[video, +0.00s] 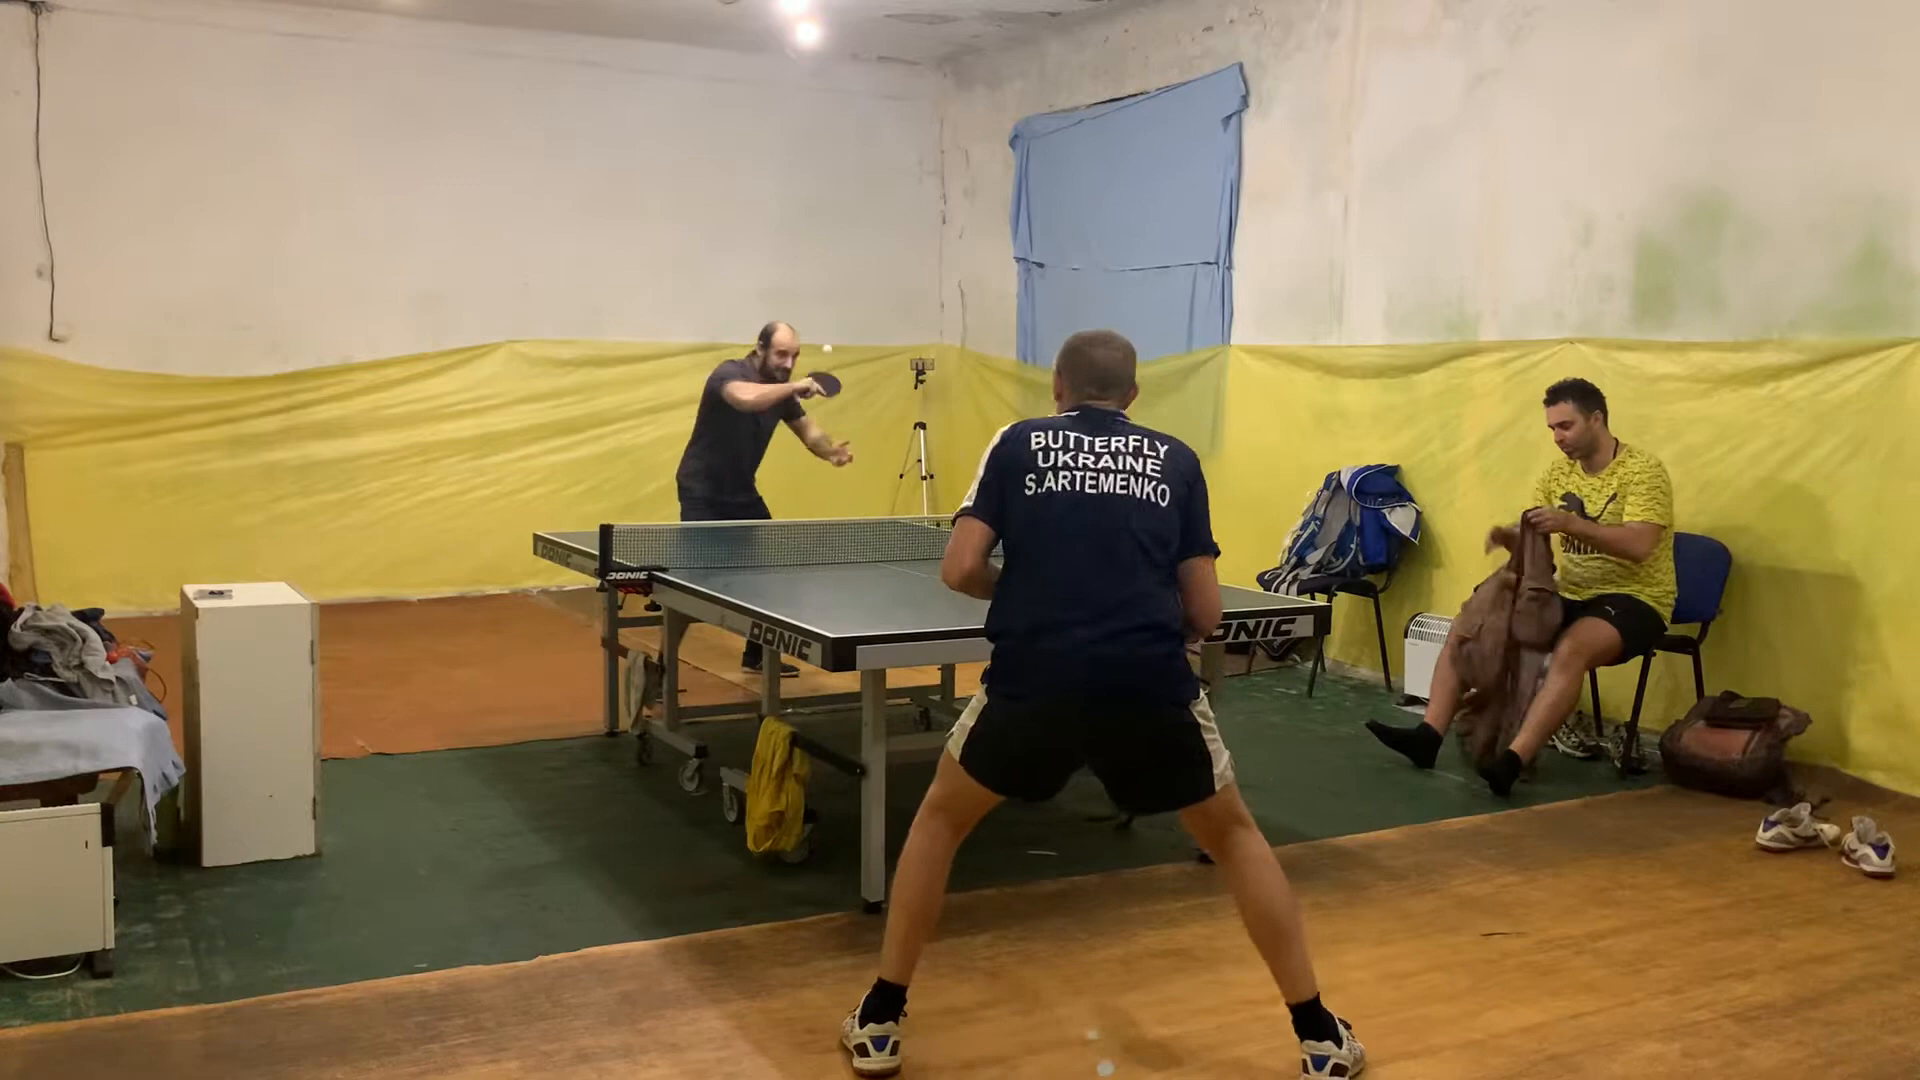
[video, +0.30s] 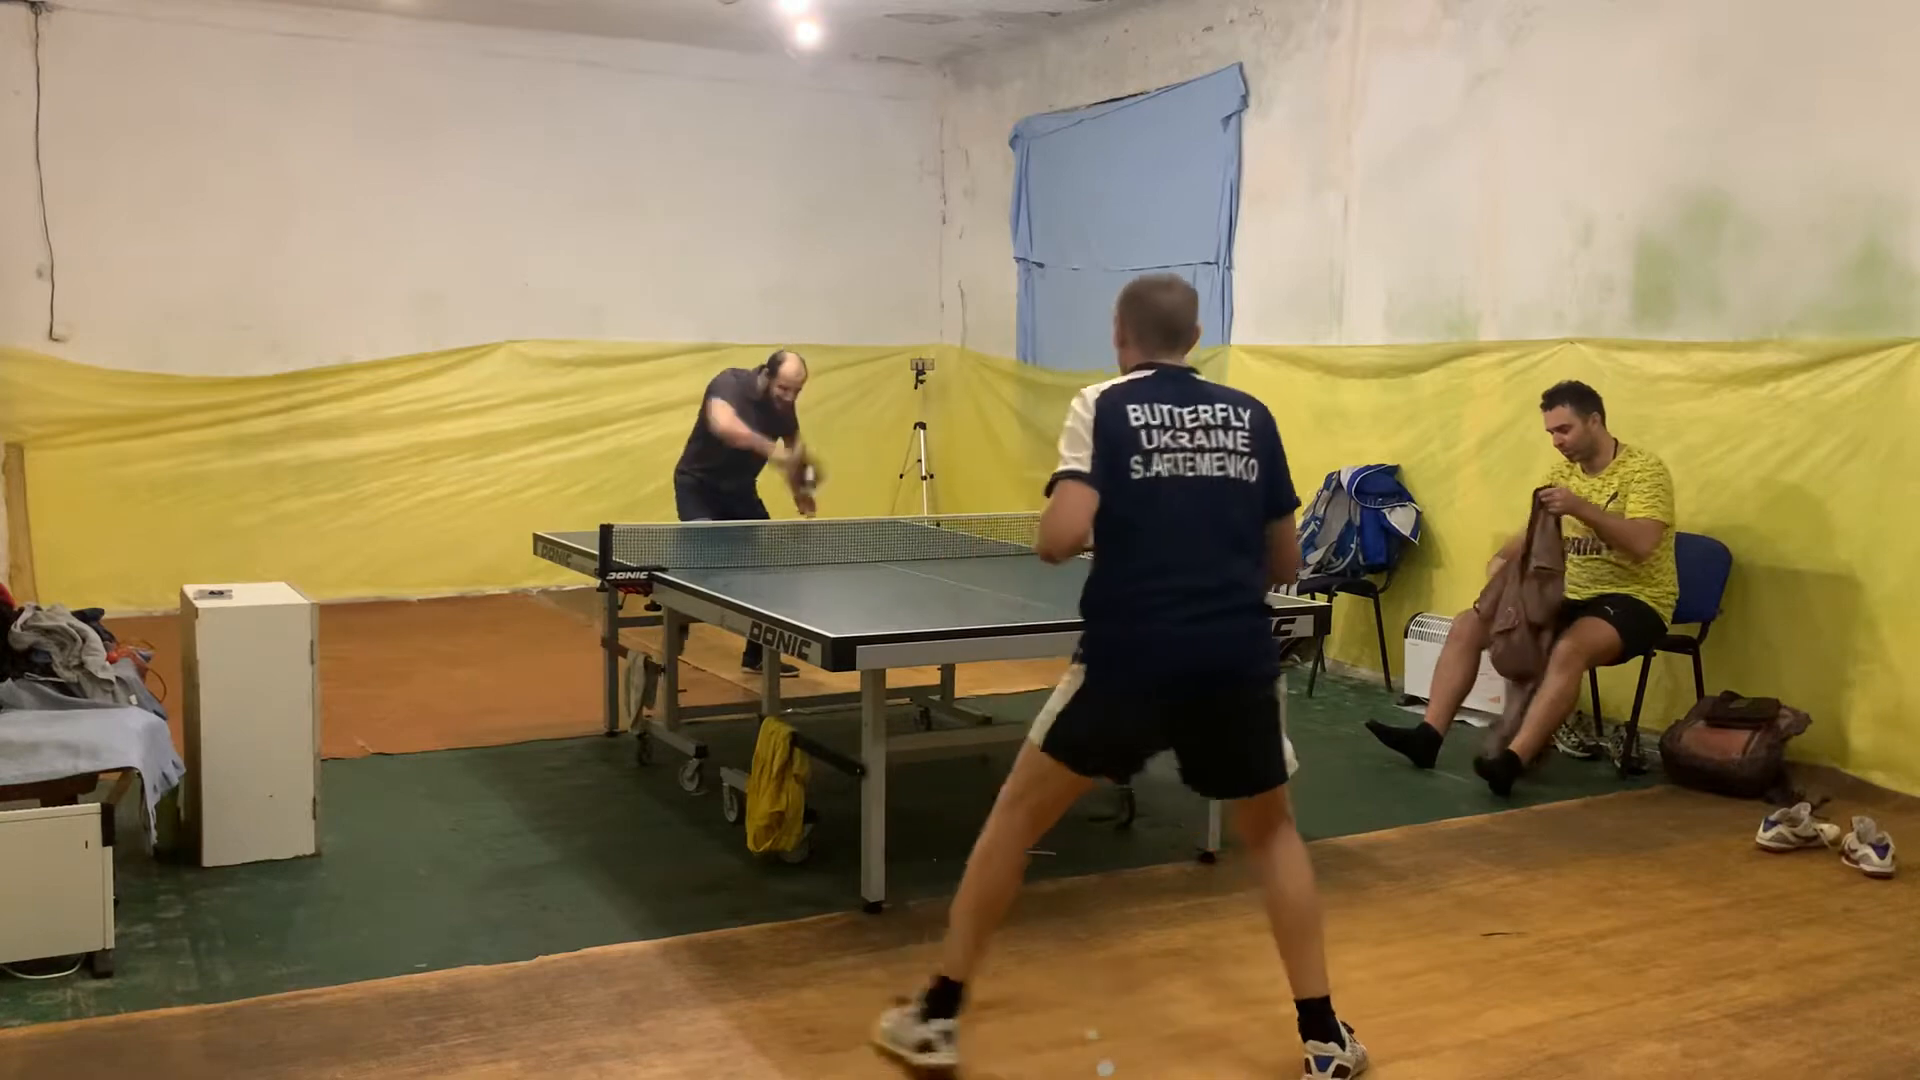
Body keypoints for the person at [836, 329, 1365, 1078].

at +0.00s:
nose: (1056, 397)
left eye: (1055, 387)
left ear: (1058, 391)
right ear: (1133, 397)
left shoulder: (1017, 440)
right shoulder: (1176, 459)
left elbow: (962, 569)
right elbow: (1203, 612)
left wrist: (1026, 591)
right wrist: (1137, 608)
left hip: (1032, 689)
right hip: (1149, 692)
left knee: (942, 821)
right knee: (1235, 837)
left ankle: (880, 1017)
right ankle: (1318, 1031)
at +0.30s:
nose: (1114, 347)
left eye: (1114, 335)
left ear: (1122, 339)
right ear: (1196, 343)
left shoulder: (1098, 405)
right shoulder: (1251, 414)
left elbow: (1063, 536)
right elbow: (1283, 562)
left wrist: (1071, 524)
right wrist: (1211, 553)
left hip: (1128, 666)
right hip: (1237, 668)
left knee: (1016, 821)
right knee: (1273, 829)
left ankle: (938, 1013)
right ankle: (1324, 1033)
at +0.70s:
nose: (1098, 425)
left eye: (1097, 413)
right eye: (1099, 413)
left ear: (1113, 409)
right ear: (1172, 408)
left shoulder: (1117, 463)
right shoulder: (1226, 466)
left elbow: (1104, 603)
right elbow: (1222, 585)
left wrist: (1029, 590)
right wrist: (1100, 599)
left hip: (1185, 692)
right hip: (1280, 686)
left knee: (1028, 821)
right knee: (1268, 817)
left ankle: (945, 1032)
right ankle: (1365, 982)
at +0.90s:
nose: (1020, 427)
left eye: (1020, 415)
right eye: (1021, 416)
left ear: (1036, 405)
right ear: (1095, 409)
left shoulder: (1050, 442)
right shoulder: (1150, 473)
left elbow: (1009, 582)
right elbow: (1099, 647)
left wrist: (907, 580)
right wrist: (980, 631)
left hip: (1103, 702)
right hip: (1201, 702)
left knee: (938, 815)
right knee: (1241, 831)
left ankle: (925, 1037)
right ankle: (1352, 980)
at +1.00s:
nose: (1008, 377)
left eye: (1008, 367)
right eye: (1011, 369)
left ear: (1023, 362)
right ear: (1091, 367)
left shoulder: (1013, 417)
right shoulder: (1141, 437)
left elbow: (938, 552)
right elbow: (1083, 589)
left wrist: (830, 566)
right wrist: (942, 613)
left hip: (1050, 695)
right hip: (1160, 692)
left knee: (914, 819)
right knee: (1226, 829)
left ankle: (924, 1037)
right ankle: (1320, 983)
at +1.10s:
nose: (1004, 333)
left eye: (1004, 322)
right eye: (1009, 322)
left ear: (1016, 322)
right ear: (1097, 329)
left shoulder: (983, 407)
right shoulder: (1149, 408)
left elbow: (882, 536)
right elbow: (1102, 500)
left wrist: (766, 585)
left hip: (1019, 685)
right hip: (1134, 680)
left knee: (909, 819)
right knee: (1193, 817)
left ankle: (925, 1037)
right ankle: (1278, 1007)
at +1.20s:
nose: (1013, 310)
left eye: (1013, 299)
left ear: (1018, 305)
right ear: (1103, 310)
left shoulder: (974, 404)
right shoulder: (1148, 397)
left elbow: (877, 536)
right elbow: (1161, 465)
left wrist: (772, 611)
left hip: (1010, 678)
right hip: (1126, 675)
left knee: (911, 817)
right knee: (1170, 816)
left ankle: (925, 1035)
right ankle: (1236, 1021)